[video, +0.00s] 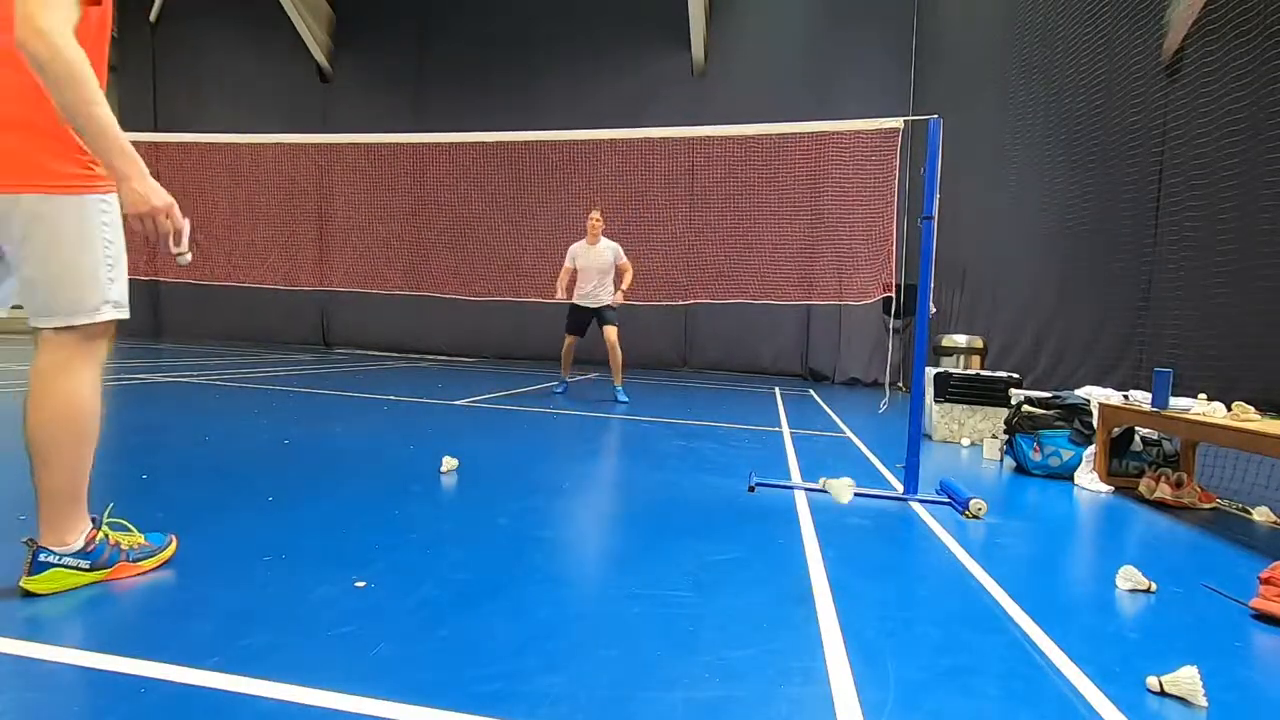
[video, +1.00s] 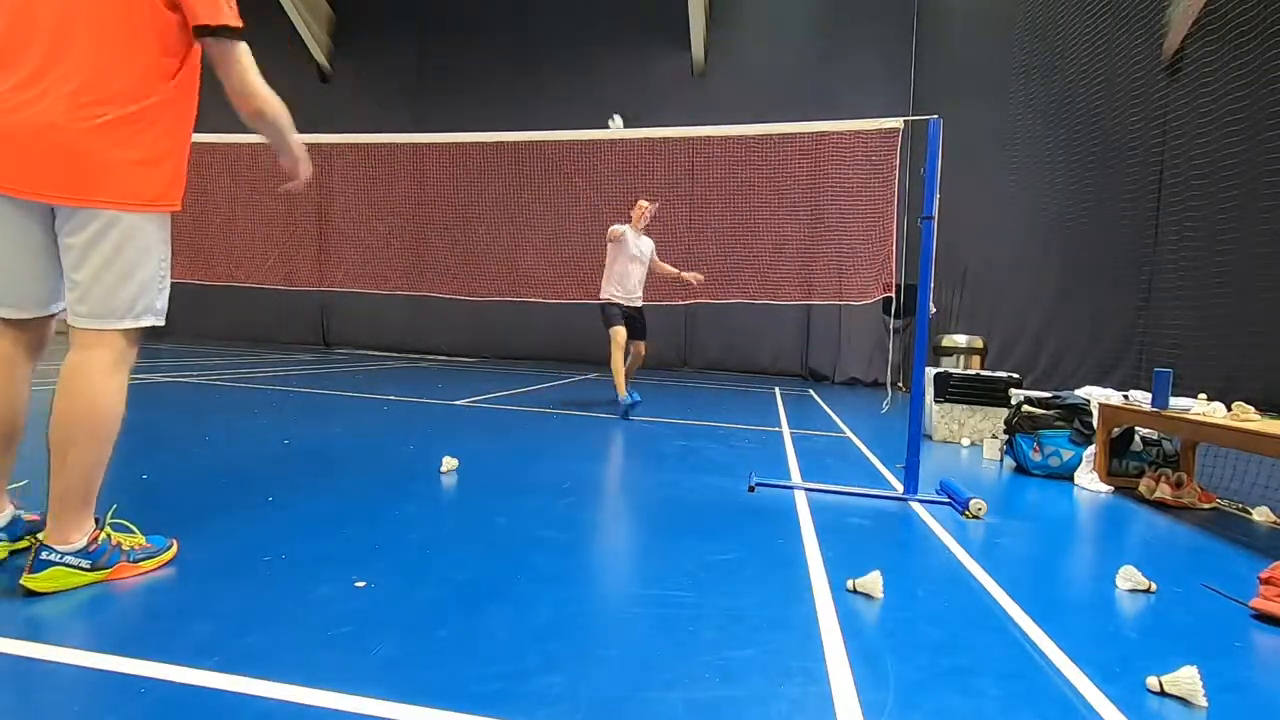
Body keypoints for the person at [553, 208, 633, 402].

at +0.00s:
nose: (594, 223)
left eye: (598, 220)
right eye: (591, 220)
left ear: (603, 225)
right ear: (586, 223)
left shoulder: (613, 248)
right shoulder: (575, 249)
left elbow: (628, 270)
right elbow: (564, 276)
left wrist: (621, 291)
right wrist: (560, 292)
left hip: (605, 303)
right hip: (580, 302)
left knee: (612, 340)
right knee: (569, 342)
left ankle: (618, 387)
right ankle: (563, 380)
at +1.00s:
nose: (644, 213)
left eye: (648, 211)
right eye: (641, 208)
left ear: (650, 217)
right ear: (631, 211)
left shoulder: (648, 243)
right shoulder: (620, 231)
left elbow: (657, 266)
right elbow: (612, 235)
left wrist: (683, 274)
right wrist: (620, 230)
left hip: (635, 303)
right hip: (612, 299)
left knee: (639, 351)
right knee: (619, 337)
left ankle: (624, 382)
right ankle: (621, 394)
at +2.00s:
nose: (629, 212)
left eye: (633, 209)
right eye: (626, 208)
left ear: (638, 215)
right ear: (618, 211)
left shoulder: (643, 243)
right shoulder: (601, 238)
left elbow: (651, 271)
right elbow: (586, 266)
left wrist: (663, 290)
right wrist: (574, 294)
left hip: (630, 303)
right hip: (605, 300)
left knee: (632, 353)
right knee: (610, 339)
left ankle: (611, 382)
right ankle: (616, 392)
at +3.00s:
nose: (630, 224)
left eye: (633, 221)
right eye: (626, 220)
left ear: (637, 227)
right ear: (620, 224)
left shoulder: (642, 252)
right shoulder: (604, 250)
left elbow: (644, 278)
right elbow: (592, 279)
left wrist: (651, 300)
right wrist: (590, 309)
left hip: (633, 307)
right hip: (608, 309)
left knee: (652, 348)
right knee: (598, 352)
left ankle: (643, 388)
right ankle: (584, 377)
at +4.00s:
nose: (669, 226)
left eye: (672, 223)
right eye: (665, 221)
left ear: (675, 229)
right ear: (655, 225)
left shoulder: (672, 256)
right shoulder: (639, 248)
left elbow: (668, 285)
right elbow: (615, 255)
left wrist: (675, 312)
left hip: (658, 312)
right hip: (635, 308)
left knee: (667, 368)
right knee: (651, 342)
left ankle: (642, 383)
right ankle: (657, 403)